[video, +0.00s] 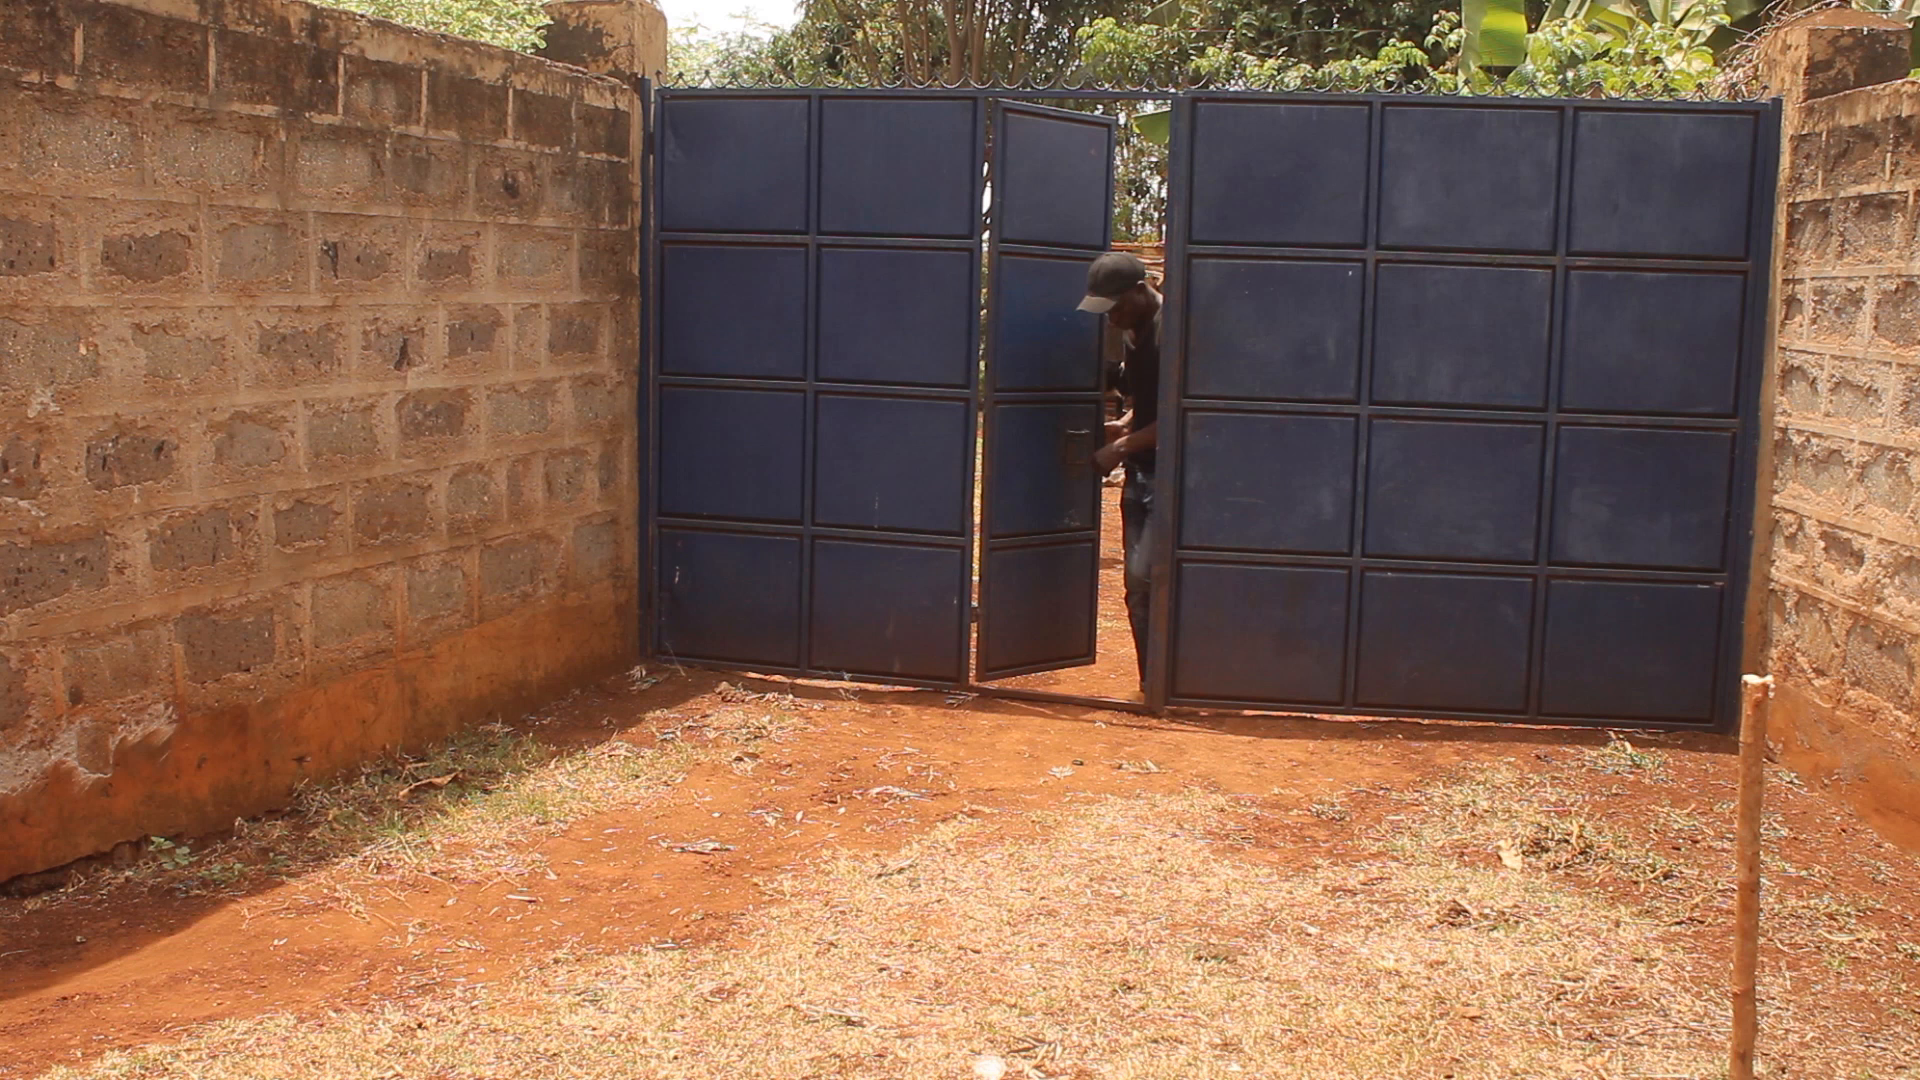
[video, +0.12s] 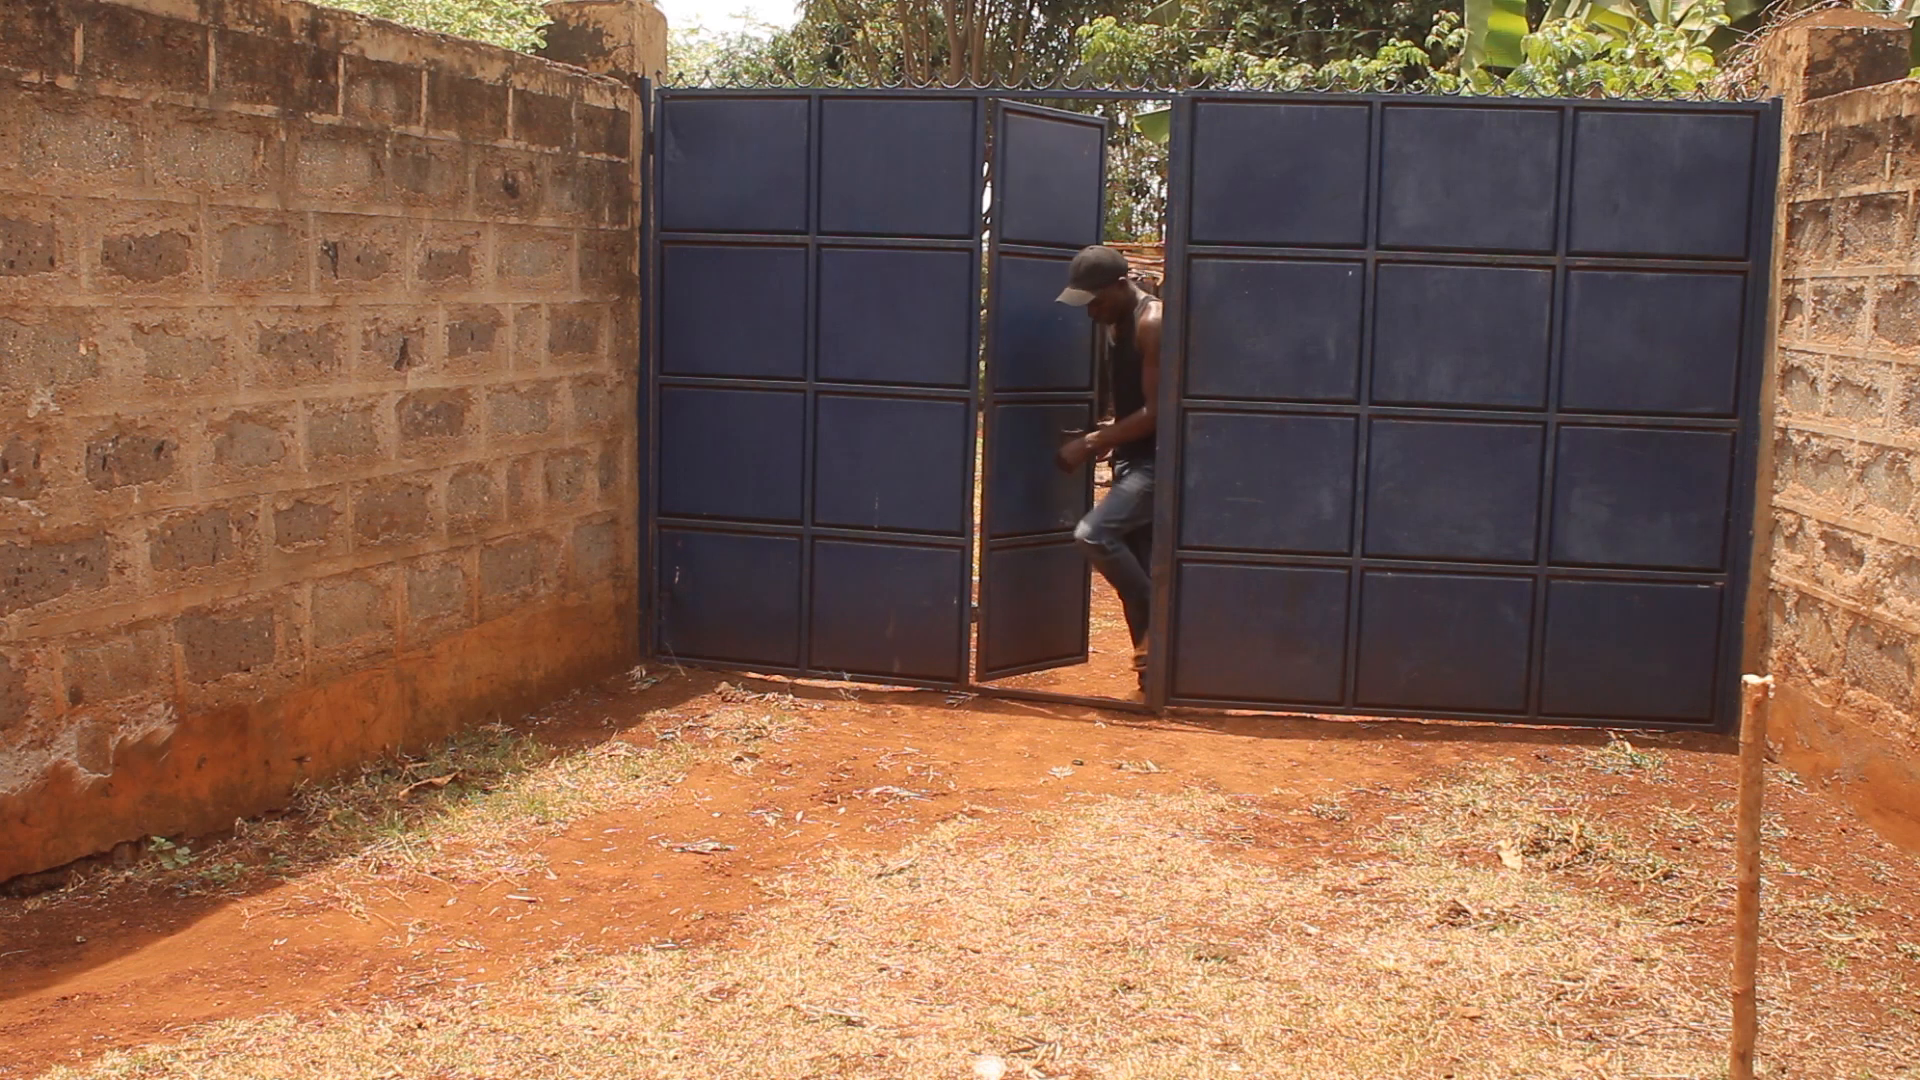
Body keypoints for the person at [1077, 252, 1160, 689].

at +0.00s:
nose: (1111, 316)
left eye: (1115, 306)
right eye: (1107, 308)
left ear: (1139, 293)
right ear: (1112, 299)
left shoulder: (1171, 332)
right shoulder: (1135, 328)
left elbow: (1177, 417)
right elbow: (1149, 400)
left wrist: (1120, 449)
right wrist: (1123, 427)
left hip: (1171, 472)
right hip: (1141, 469)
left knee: (1150, 573)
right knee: (1137, 577)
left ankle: (1164, 683)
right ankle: (1151, 682)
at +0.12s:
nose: (1090, 310)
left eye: (1095, 301)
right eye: (1087, 302)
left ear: (1121, 286)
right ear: (1108, 291)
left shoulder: (1152, 325)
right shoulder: (1119, 322)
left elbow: (1157, 413)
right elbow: (1131, 405)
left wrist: (1091, 443)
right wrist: (1097, 438)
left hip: (1158, 461)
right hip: (1134, 459)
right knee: (1137, 560)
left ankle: (1154, 628)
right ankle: (1152, 660)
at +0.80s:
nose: (1009, 254)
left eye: (1008, 247)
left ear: (1013, 244)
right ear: (1059, 238)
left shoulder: (1017, 290)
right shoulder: (1082, 288)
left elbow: (998, 389)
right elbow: (1111, 376)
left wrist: (1022, 422)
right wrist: (1122, 440)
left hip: (1042, 458)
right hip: (1068, 453)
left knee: (1005, 574)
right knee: (981, 542)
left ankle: (1030, 704)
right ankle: (1087, 620)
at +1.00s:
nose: (1039, 247)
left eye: (1029, 238)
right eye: (1066, 241)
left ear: (1025, 238)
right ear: (1073, 241)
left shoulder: (1003, 287)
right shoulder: (1097, 296)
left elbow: (994, 380)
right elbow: (1113, 378)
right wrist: (1128, 442)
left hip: (1025, 452)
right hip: (1078, 451)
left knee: (1013, 579)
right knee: (1041, 559)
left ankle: (1029, 704)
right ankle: (1093, 665)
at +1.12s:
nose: (1074, 247)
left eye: (1043, 236)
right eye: (1081, 239)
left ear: (1035, 238)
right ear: (1084, 242)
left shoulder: (1005, 289)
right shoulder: (1107, 298)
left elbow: (1007, 372)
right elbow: (1117, 386)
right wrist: (1129, 440)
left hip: (1030, 452)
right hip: (1089, 453)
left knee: (1023, 581)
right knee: (1072, 574)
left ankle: (1030, 705)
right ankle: (1091, 706)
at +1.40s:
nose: (1121, 263)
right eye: (1123, 256)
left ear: (1072, 246)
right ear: (1119, 256)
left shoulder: (1036, 289)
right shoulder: (1137, 309)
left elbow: (1032, 372)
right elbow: (1128, 389)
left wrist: (1072, 404)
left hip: (1049, 450)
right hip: (1110, 454)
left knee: (1026, 576)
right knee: (1096, 590)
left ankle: (1020, 712)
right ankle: (1090, 723)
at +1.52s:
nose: (1133, 270)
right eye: (1134, 263)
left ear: (1085, 251)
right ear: (1132, 263)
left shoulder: (1046, 287)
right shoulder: (1144, 317)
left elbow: (1037, 371)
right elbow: (1131, 393)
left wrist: (1074, 406)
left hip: (1052, 449)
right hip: (1112, 455)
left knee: (1023, 578)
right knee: (1098, 593)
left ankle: (1025, 715)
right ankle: (1091, 722)